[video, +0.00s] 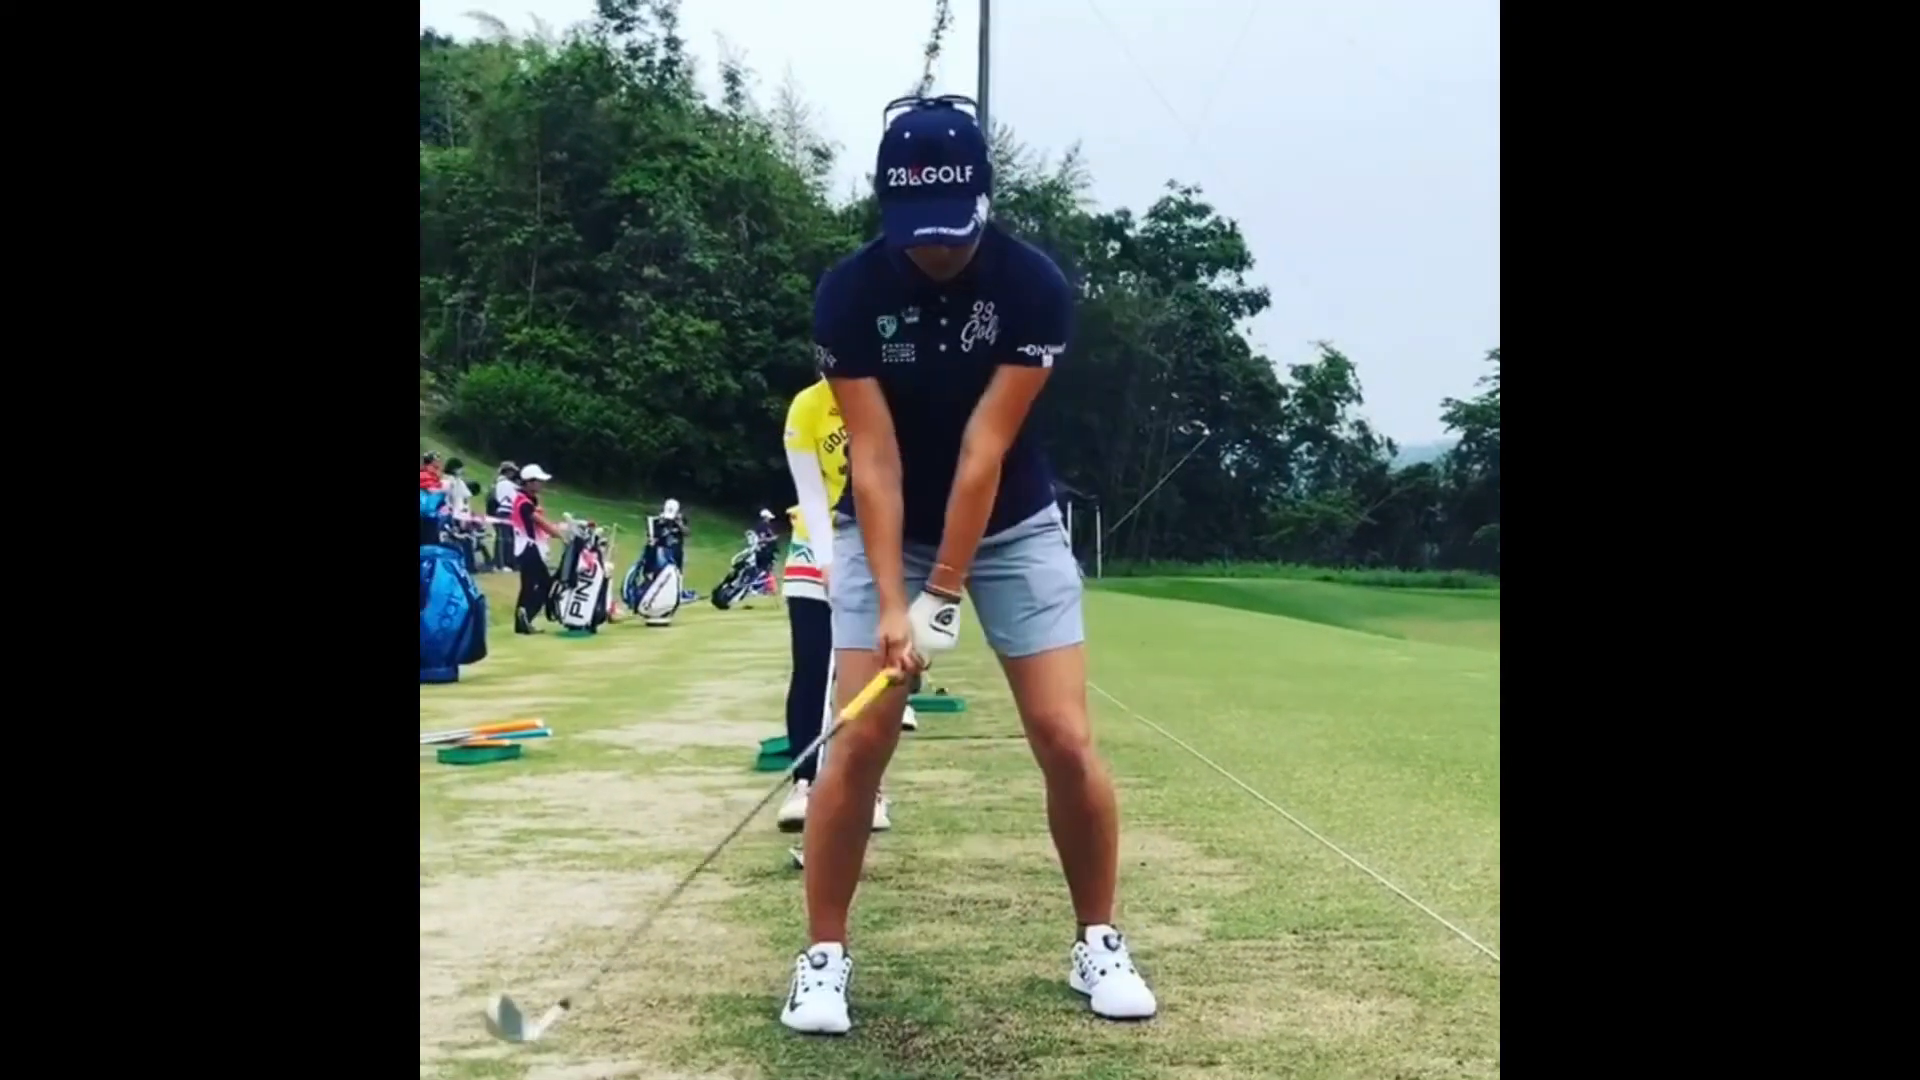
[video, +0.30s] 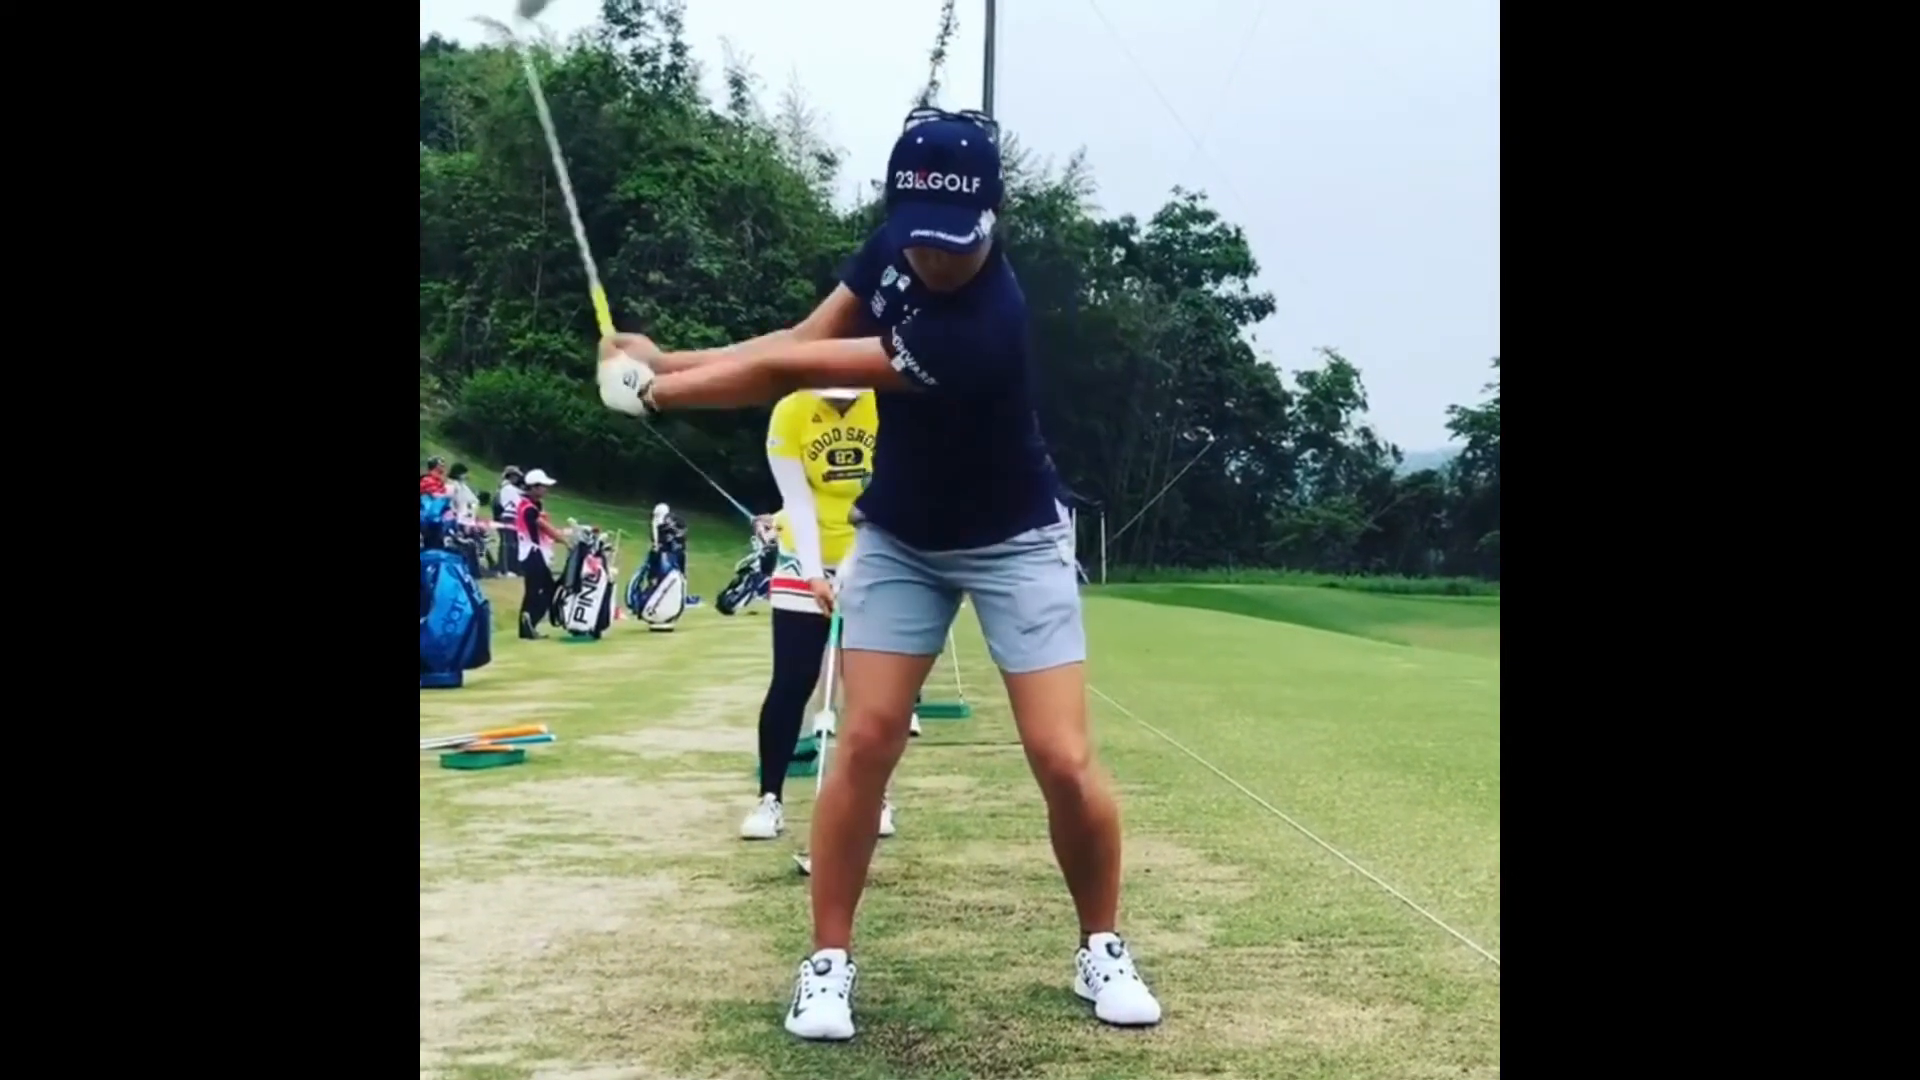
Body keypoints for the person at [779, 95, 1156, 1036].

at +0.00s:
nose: (939, 243)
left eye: (956, 223)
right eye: (920, 225)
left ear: (985, 199)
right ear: (890, 204)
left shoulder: (1036, 287)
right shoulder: (847, 293)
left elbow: (984, 451)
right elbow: (873, 454)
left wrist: (945, 590)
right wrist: (889, 598)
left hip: (1014, 528)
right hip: (888, 532)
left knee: (1066, 739)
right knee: (855, 745)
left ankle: (1100, 942)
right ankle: (824, 954)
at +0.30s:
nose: (938, 255)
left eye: (958, 237)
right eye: (922, 235)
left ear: (993, 217)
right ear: (897, 210)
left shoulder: (987, 323)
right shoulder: (890, 254)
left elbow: (805, 369)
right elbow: (799, 340)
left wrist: (662, 388)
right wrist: (669, 360)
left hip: (1018, 544)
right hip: (897, 542)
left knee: (1066, 761)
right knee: (867, 735)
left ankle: (1103, 946)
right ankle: (828, 958)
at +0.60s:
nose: (938, 260)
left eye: (957, 239)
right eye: (920, 241)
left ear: (998, 217)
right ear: (896, 222)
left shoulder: (992, 316)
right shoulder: (910, 284)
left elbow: (828, 253)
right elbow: (847, 304)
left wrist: (772, 175)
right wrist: (811, 189)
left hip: (1025, 555)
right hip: (908, 548)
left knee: (1063, 777)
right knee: (869, 746)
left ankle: (1099, 952)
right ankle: (825, 962)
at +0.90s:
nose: (998, 278)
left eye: (998, 253)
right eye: (974, 272)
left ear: (995, 217)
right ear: (928, 265)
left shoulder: (1014, 214)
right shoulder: (951, 356)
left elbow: (1105, 322)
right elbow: (1101, 423)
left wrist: (1199, 424)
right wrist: (1225, 446)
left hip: (1093, 512)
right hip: (1013, 535)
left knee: (1097, 728)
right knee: (969, 752)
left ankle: (1094, 952)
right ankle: (819, 941)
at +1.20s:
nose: (1129, 183)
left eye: (1123, 168)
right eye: (1114, 176)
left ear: (1020, 182)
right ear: (1072, 191)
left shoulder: (970, 244)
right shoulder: (1133, 252)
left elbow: (975, 182)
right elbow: (1063, 176)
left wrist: (986, 95)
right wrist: (1004, 87)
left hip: (1002, 515)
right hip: (1081, 522)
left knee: (1078, 744)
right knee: (1023, 762)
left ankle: (1081, 958)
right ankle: (878, 927)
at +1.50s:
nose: (1137, 150)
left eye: (1130, 136)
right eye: (1124, 143)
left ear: (1035, 162)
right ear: (1092, 162)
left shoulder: (981, 248)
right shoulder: (1149, 232)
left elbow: (880, 198)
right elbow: (1070, 185)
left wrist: (904, 107)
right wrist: (991, 117)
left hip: (993, 516)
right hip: (1085, 520)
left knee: (1066, 746)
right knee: (1012, 762)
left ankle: (1068, 962)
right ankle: (874, 931)